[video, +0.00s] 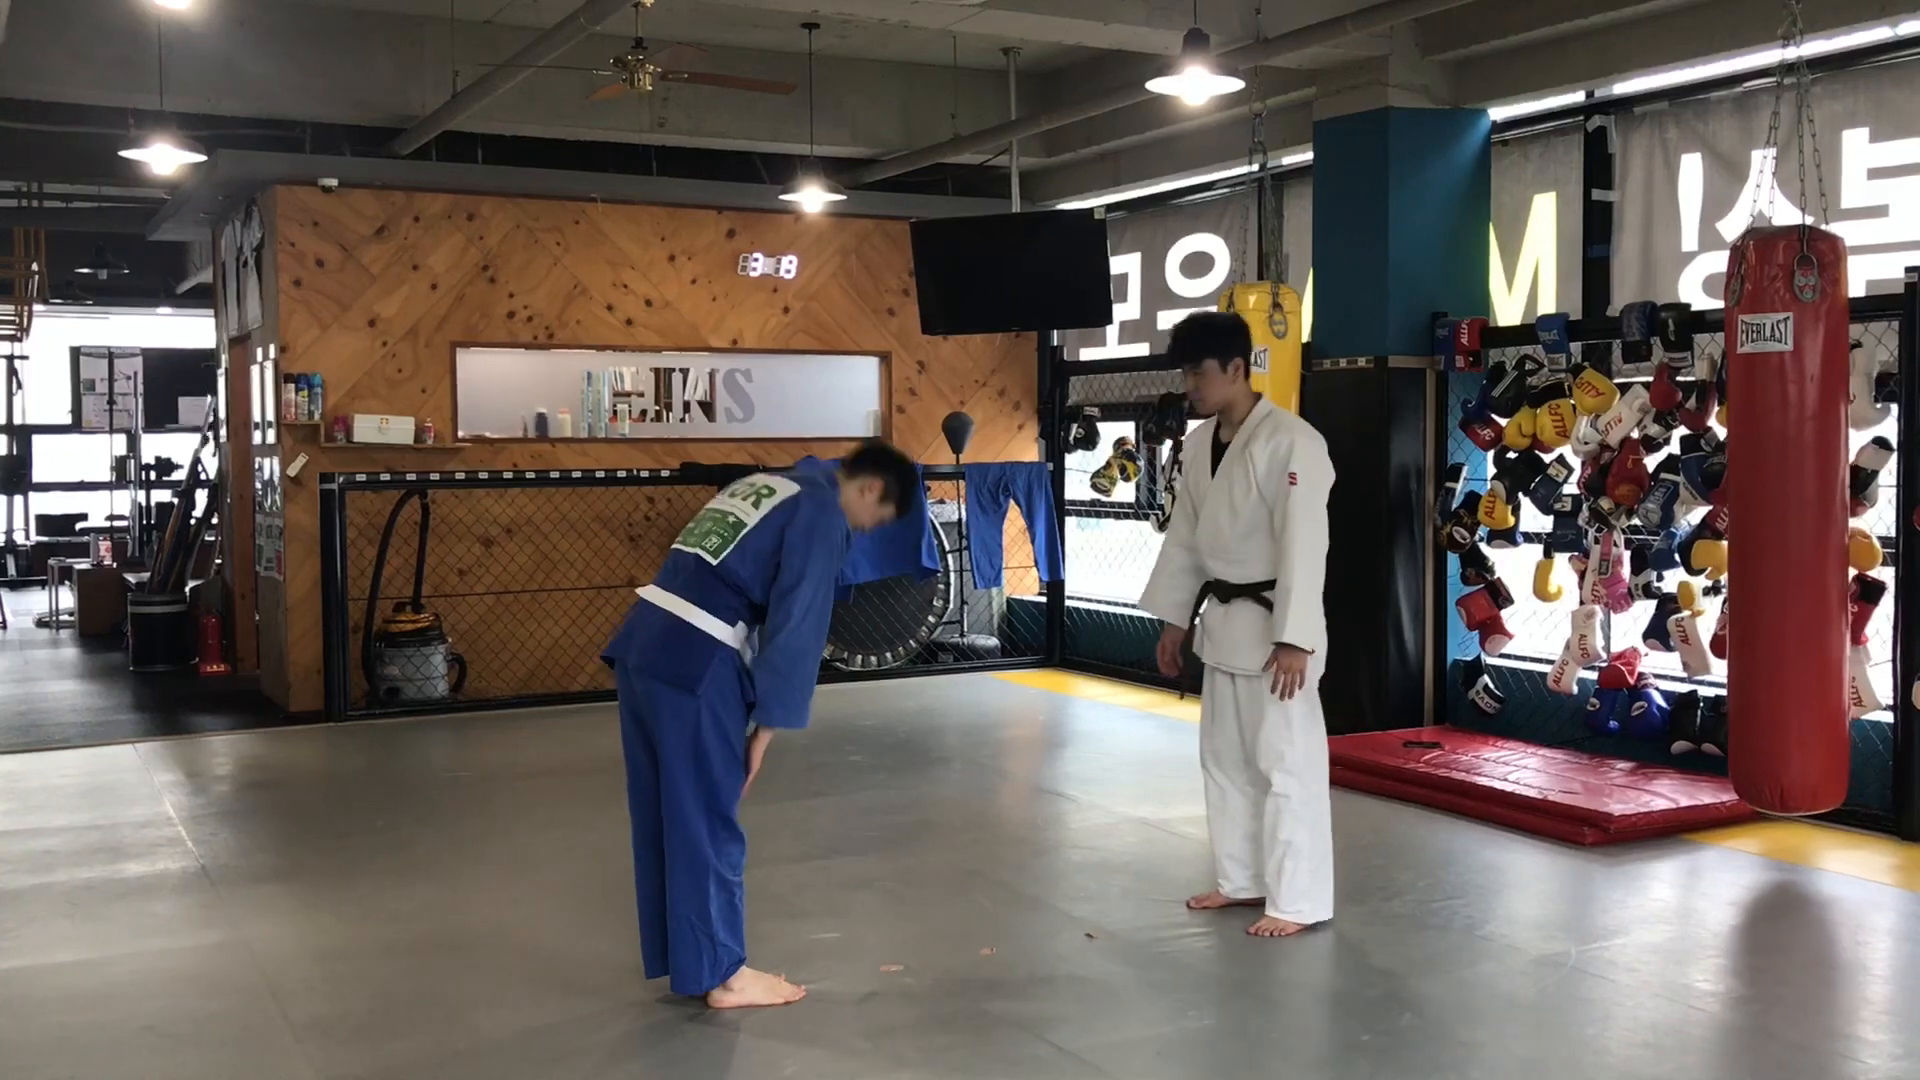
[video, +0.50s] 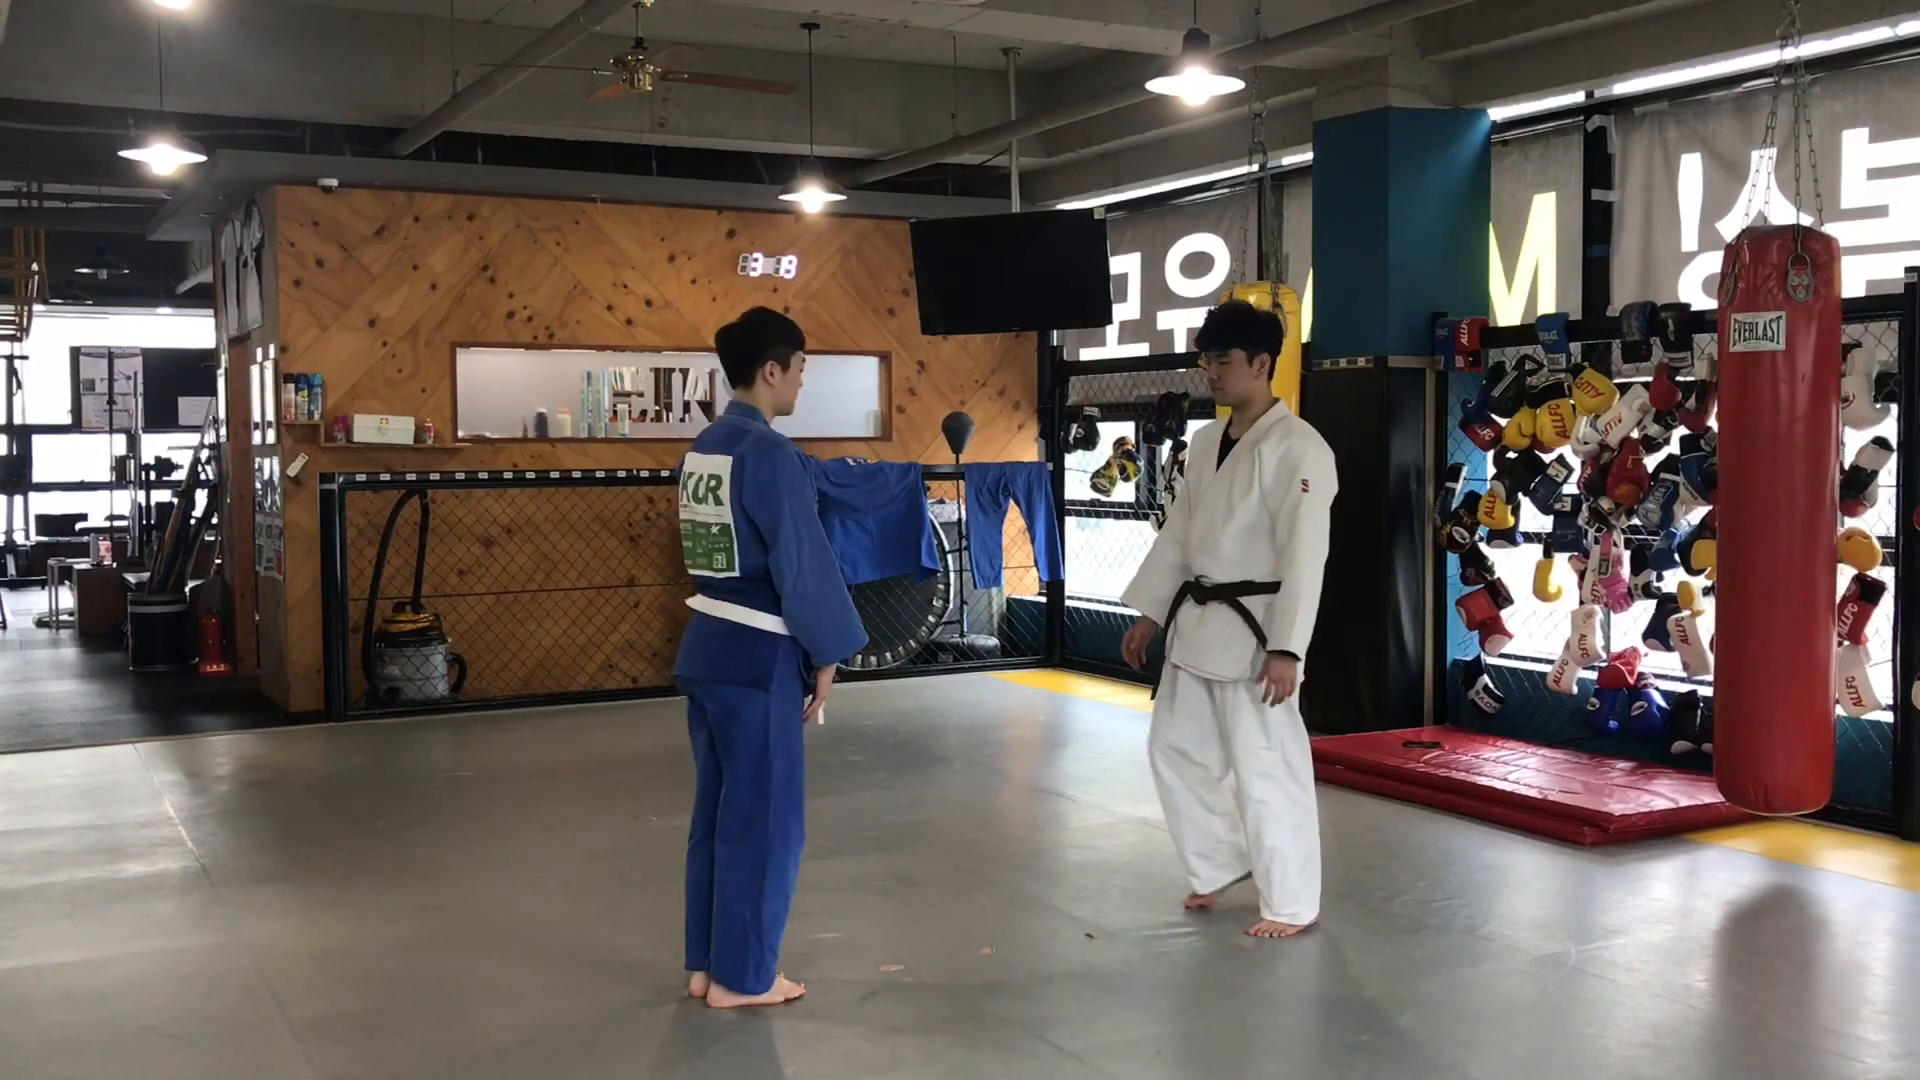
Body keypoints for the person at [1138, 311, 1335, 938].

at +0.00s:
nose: (1187, 388)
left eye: (1196, 375)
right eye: (1184, 376)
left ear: (1236, 369)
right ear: (1204, 375)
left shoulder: (1293, 441)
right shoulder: (1198, 442)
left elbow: (1305, 546)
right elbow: (1183, 537)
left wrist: (1295, 638)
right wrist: (1174, 619)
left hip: (1277, 624)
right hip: (1219, 622)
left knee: (1285, 767)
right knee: (1226, 761)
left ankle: (1302, 903)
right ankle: (1242, 882)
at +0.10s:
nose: (1197, 379)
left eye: (1207, 365)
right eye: (1195, 367)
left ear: (1248, 364)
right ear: (1226, 370)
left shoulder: (1300, 443)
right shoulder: (1202, 442)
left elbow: (1312, 546)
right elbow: (1182, 535)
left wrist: (1300, 639)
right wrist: (1166, 616)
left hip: (1269, 632)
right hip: (1211, 628)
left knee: (1276, 772)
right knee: (1219, 767)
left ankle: (1296, 905)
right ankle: (1239, 884)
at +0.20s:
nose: (1208, 374)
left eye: (1219, 361)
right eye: (1204, 362)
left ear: (1259, 363)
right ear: (1206, 369)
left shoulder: (1304, 446)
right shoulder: (1206, 442)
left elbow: (1316, 548)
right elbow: (1181, 533)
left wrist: (1304, 640)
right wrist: (1158, 615)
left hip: (1265, 634)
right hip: (1206, 629)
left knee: (1273, 772)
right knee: (1217, 769)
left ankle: (1294, 904)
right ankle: (1237, 885)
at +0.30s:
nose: (1213, 371)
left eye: (1226, 360)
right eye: (1209, 360)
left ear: (1265, 363)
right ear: (1206, 366)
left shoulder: (1305, 447)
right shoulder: (1208, 441)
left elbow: (1316, 550)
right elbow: (1181, 533)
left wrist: (1303, 644)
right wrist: (1155, 614)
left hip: (1262, 636)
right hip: (1202, 631)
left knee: (1271, 773)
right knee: (1213, 769)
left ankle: (1294, 904)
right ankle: (1235, 884)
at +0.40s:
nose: (1212, 371)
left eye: (1225, 360)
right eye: (1209, 360)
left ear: (1266, 364)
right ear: (1209, 365)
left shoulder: (1305, 449)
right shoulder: (1207, 441)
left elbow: (1312, 553)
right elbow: (1179, 533)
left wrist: (1298, 646)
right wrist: (1154, 613)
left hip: (1259, 635)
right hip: (1197, 630)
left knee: (1270, 774)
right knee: (1205, 768)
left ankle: (1293, 904)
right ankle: (1227, 881)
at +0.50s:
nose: (1209, 370)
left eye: (1222, 359)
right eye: (1207, 359)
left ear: (1262, 363)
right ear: (1210, 365)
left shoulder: (1301, 449)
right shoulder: (1204, 442)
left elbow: (1306, 555)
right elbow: (1177, 533)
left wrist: (1288, 647)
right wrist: (1148, 610)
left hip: (1256, 632)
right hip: (1194, 625)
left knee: (1269, 768)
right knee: (1176, 747)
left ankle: (1294, 904)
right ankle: (1221, 863)